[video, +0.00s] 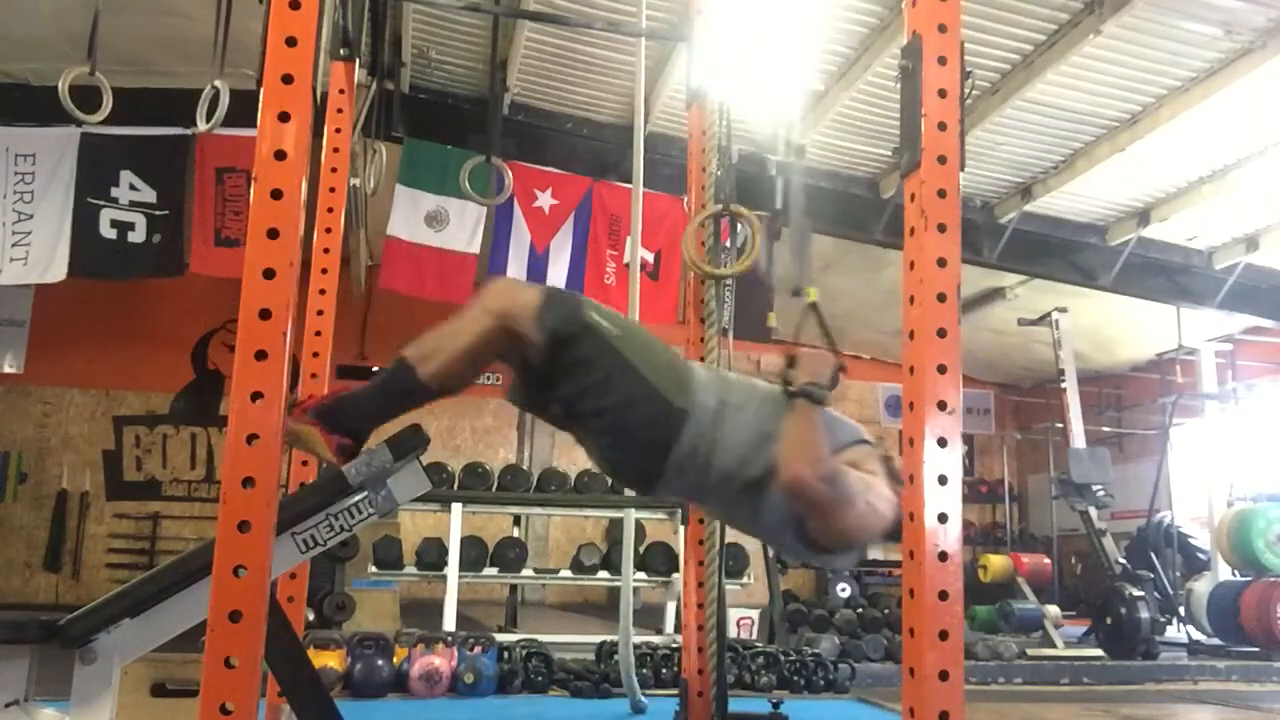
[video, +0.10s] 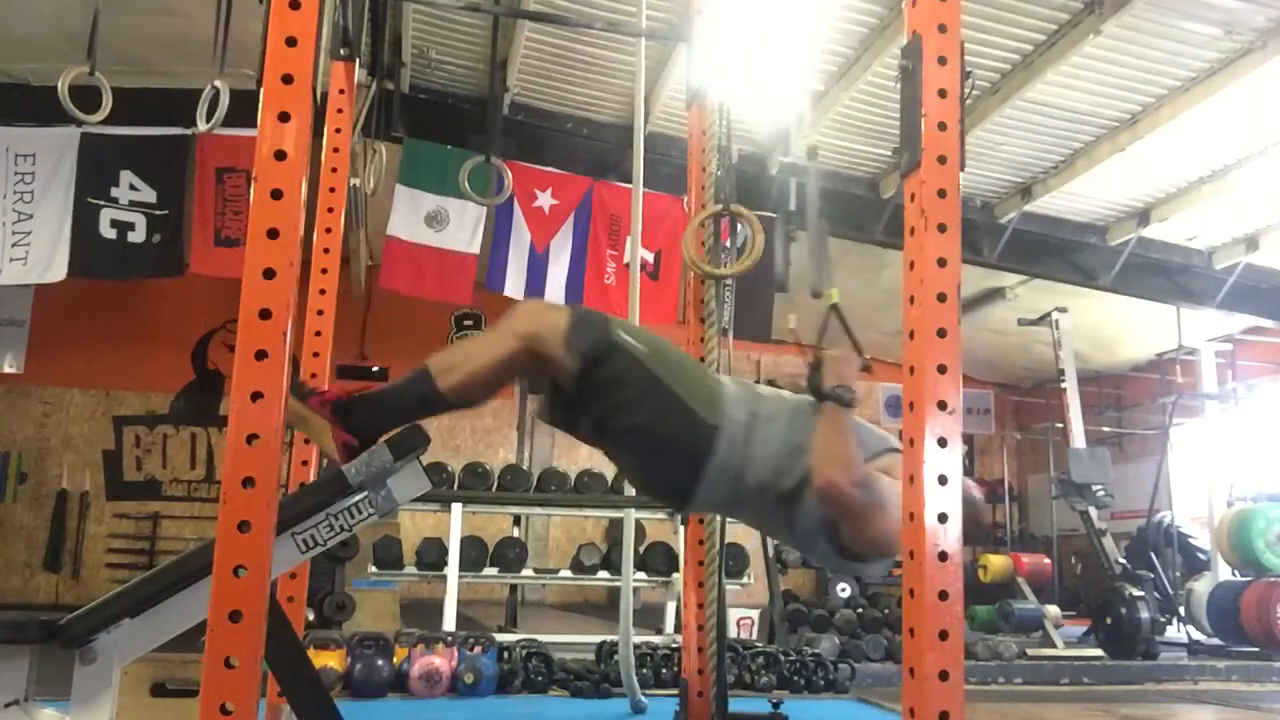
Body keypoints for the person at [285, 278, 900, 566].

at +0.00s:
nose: (890, 461)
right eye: (897, 466)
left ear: (885, 517)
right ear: (903, 470)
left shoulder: (860, 520)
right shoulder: (856, 450)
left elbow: (805, 476)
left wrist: (809, 393)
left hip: (671, 431)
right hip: (678, 394)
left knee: (512, 304)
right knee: (505, 301)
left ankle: (351, 417)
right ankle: (363, 399)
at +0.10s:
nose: (936, 469)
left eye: (946, 482)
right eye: (944, 471)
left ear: (937, 520)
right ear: (935, 493)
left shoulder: (889, 534)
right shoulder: (877, 476)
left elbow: (834, 480)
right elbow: (841, 440)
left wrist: (839, 402)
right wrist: (845, 390)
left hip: (702, 445)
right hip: (703, 409)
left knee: (539, 322)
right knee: (531, 336)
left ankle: (365, 414)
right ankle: (378, 410)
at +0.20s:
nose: (980, 493)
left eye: (990, 507)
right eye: (988, 490)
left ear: (977, 532)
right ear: (972, 483)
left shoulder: (919, 551)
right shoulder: (920, 486)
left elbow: (868, 491)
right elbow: (864, 453)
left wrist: (869, 414)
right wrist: (867, 404)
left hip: (740, 459)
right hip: (736, 435)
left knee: (569, 356)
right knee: (555, 361)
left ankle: (375, 413)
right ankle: (383, 415)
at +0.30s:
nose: (983, 492)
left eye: (995, 503)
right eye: (991, 487)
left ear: (986, 534)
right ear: (977, 484)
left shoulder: (930, 552)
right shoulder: (928, 488)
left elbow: (885, 494)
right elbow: (870, 440)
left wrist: (882, 412)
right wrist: (885, 399)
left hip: (752, 472)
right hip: (747, 433)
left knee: (580, 381)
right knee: (561, 362)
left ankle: (379, 415)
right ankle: (397, 420)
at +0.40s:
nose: (996, 493)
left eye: (1006, 505)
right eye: (1004, 490)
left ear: (997, 534)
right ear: (990, 489)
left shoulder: (948, 545)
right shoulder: (940, 495)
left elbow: (894, 490)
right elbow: (878, 460)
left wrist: (918, 418)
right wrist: (903, 412)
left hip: (770, 484)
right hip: (762, 457)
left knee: (591, 404)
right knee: (583, 395)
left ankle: (392, 423)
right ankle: (404, 418)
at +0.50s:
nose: (996, 494)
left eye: (1007, 508)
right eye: (1005, 492)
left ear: (999, 543)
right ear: (988, 495)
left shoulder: (959, 542)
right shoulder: (943, 503)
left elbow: (894, 488)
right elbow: (863, 433)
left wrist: (930, 425)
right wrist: (914, 412)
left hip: (774, 496)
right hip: (765, 487)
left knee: (604, 419)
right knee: (589, 430)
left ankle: (393, 418)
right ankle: (402, 424)